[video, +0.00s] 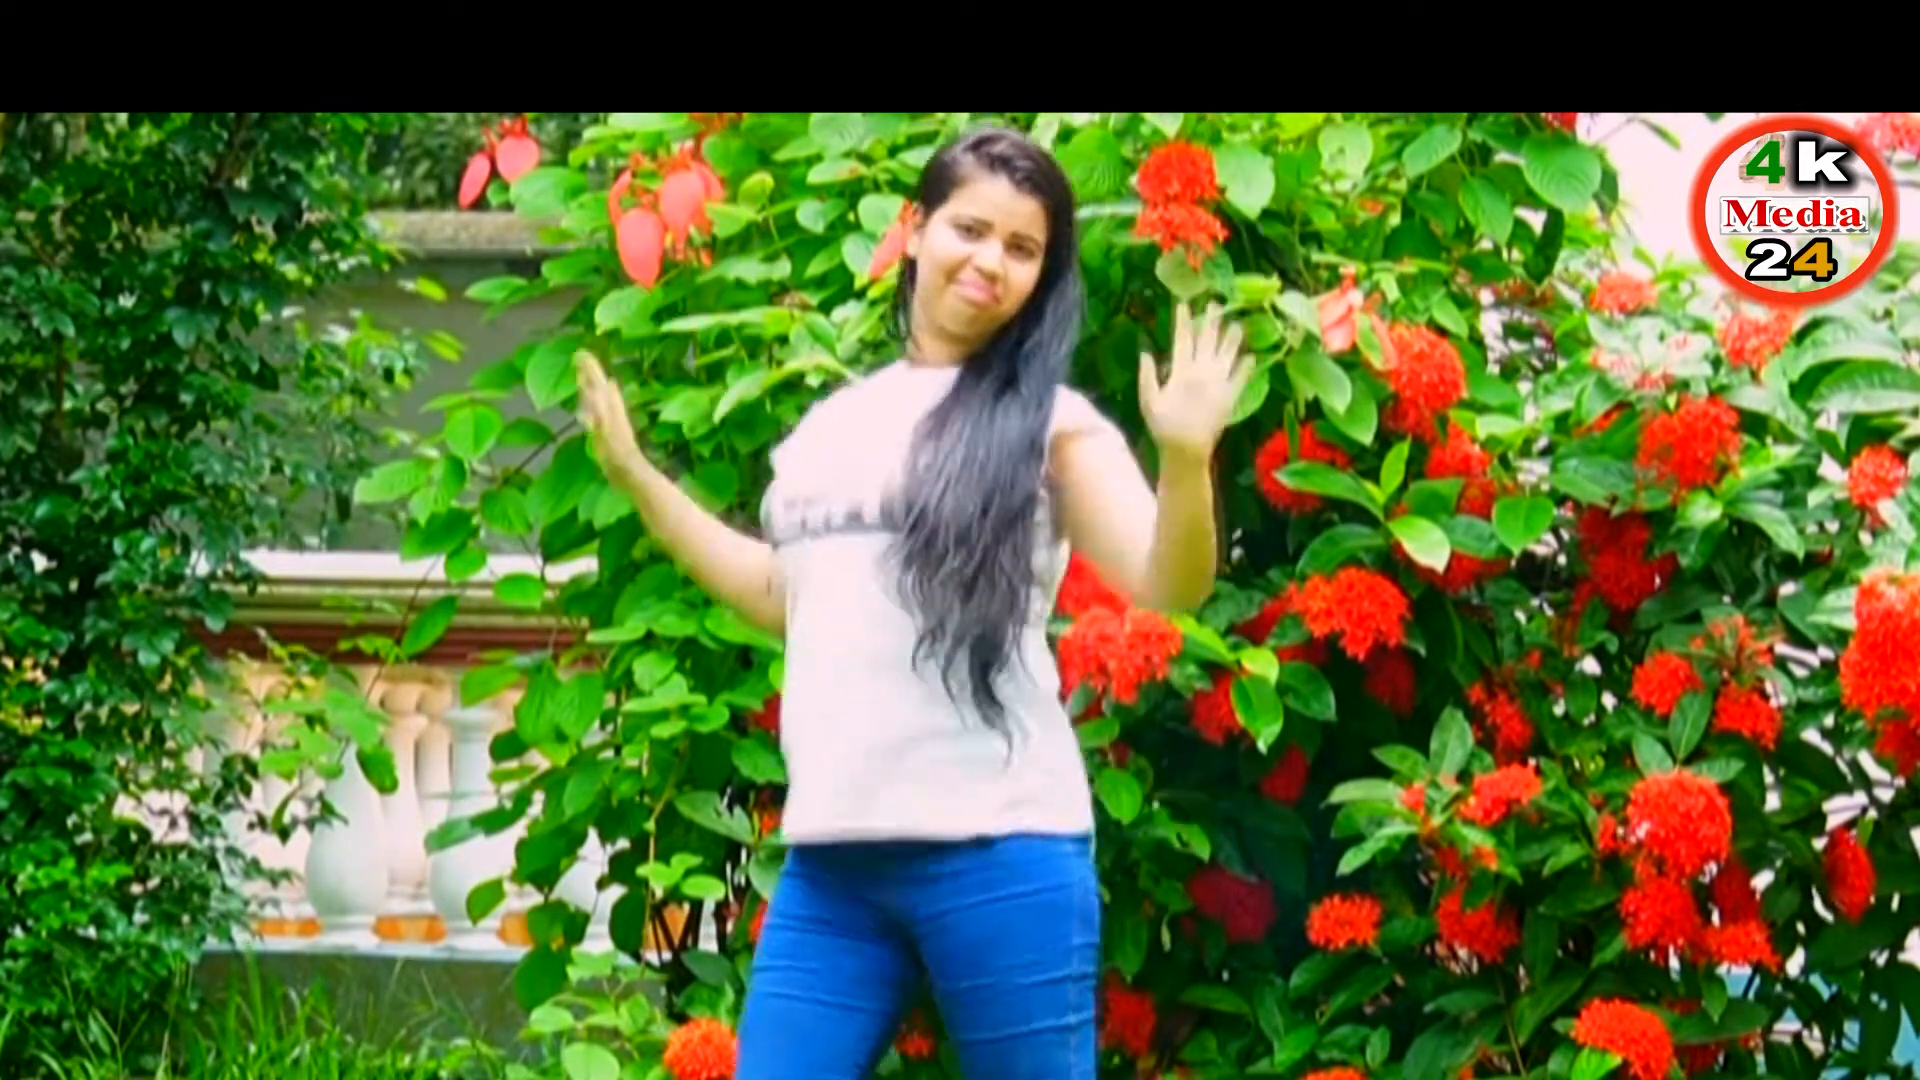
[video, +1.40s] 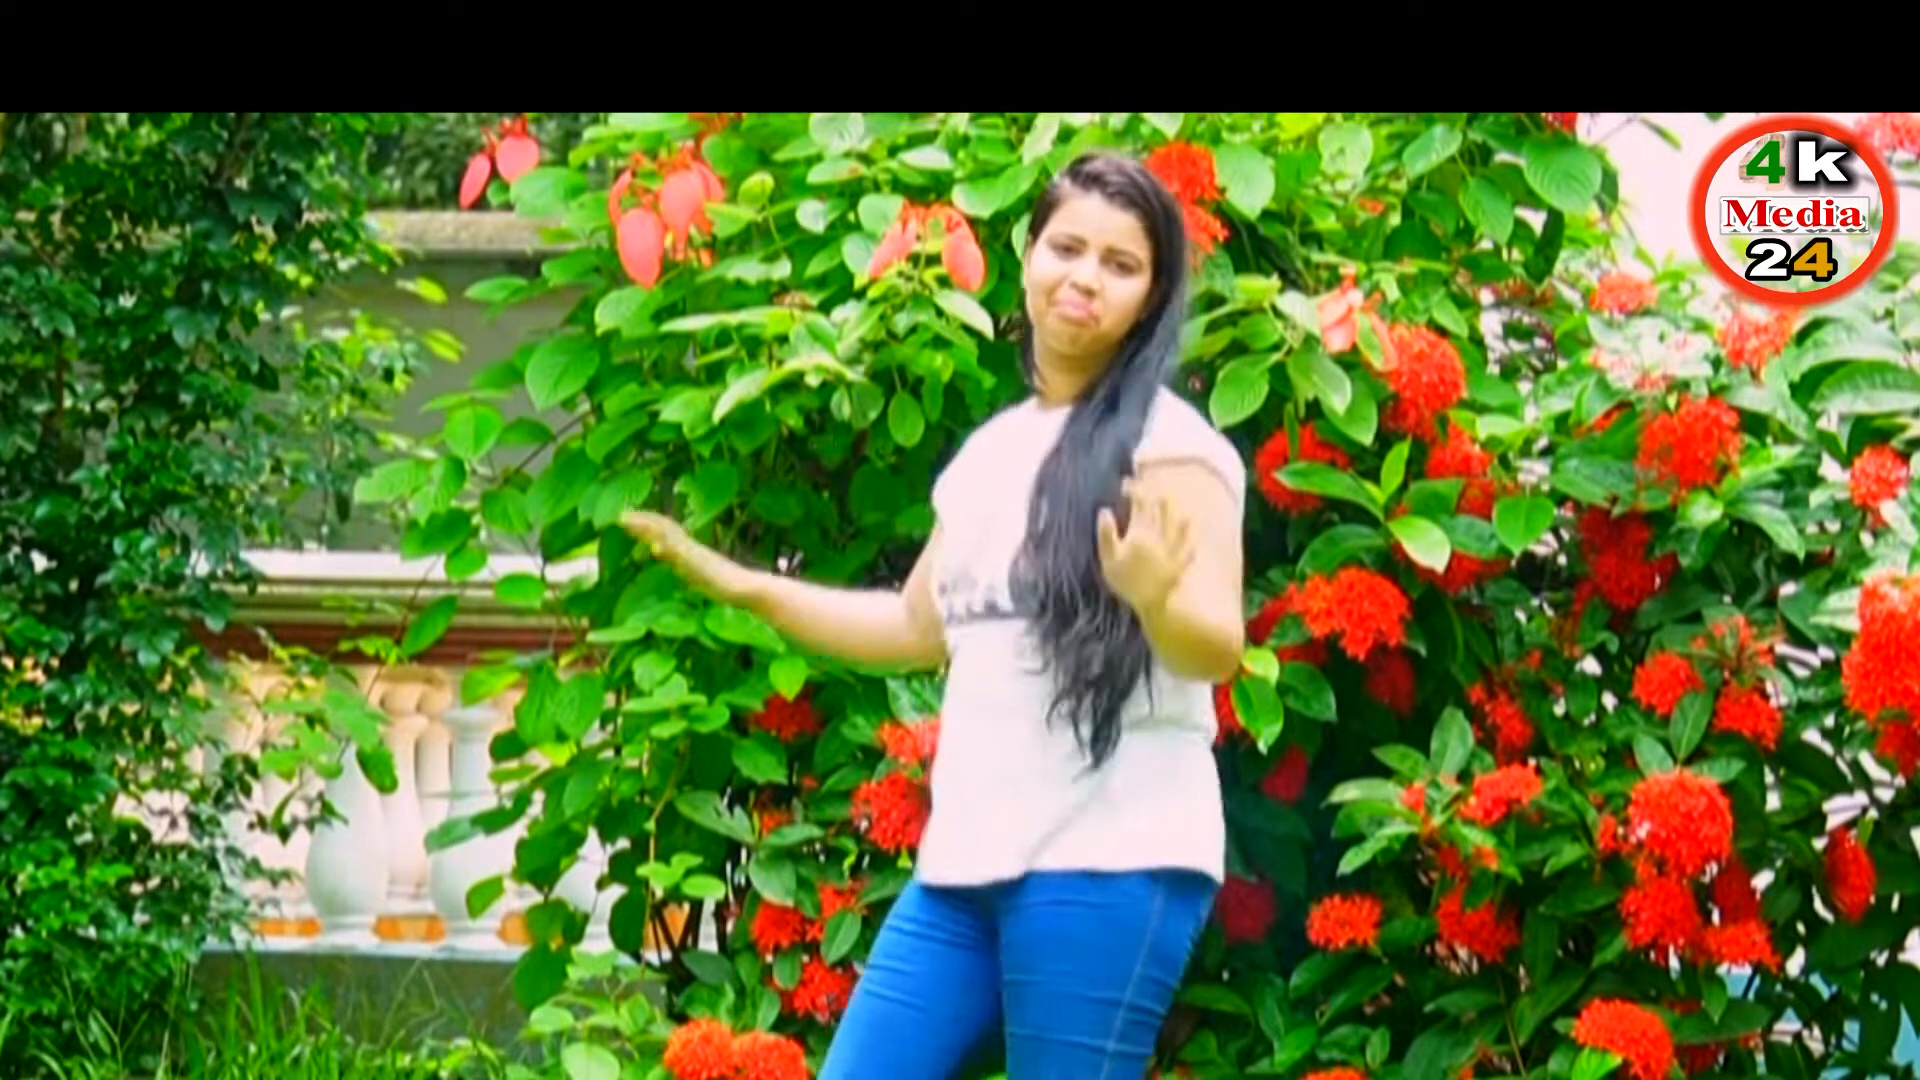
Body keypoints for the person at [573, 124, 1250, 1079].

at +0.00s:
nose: (989, 263)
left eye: (1021, 248)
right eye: (969, 229)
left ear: (1042, 276)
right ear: (916, 233)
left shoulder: (1046, 418)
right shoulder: (829, 421)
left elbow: (1165, 592)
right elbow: (783, 600)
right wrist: (634, 471)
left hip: (1004, 861)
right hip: (829, 862)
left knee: (1036, 1070)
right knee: (769, 1071)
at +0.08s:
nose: (978, 272)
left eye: (1007, 257)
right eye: (958, 239)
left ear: (1029, 286)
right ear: (905, 242)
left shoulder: (1040, 423)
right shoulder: (824, 433)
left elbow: (1128, 614)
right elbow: (758, 609)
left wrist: (1172, 534)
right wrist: (585, 531)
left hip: (989, 867)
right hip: (814, 873)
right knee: (752, 1069)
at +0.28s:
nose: (968, 291)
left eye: (999, 275)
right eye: (947, 258)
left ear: (1023, 303)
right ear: (890, 263)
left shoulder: (1027, 431)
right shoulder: (823, 450)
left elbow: (1121, 640)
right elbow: (780, 631)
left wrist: (1129, 637)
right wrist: (605, 604)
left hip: (982, 879)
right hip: (809, 879)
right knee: (733, 1069)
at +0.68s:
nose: (1003, 260)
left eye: (1037, 247)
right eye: (984, 229)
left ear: (1067, 281)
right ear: (938, 240)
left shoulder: (1090, 411)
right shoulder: (899, 431)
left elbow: (1169, 589)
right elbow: (840, 606)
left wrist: (1113, 497)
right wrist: (670, 549)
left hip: (1019, 866)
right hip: (845, 851)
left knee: (1027, 1069)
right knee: (781, 1069)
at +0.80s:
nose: (1039, 233)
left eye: (1072, 218)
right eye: (1020, 205)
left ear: (1104, 255)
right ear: (977, 224)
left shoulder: (1110, 390)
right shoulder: (917, 410)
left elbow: (1208, 558)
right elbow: (875, 577)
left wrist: (1165, 388)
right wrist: (757, 444)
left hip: (1068, 850)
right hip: (902, 851)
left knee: (1077, 1070)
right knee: (833, 1070)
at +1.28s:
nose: (1097, 273)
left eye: (1132, 256)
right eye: (1078, 242)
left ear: (1169, 287)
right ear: (1041, 254)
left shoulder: (1183, 428)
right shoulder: (1008, 441)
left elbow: (1258, 627)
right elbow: (959, 622)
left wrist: (1206, 463)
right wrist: (828, 505)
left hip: (1127, 867)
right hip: (975, 868)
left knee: (1088, 1072)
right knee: (864, 1074)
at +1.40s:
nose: (1082, 279)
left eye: (1118, 264)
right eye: (1066, 247)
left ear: (1153, 297)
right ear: (1028, 259)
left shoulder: (1173, 442)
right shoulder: (989, 451)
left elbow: (1218, 650)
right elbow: (916, 628)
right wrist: (754, 589)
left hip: (1113, 859)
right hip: (964, 854)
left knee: (1068, 1071)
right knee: (856, 1069)